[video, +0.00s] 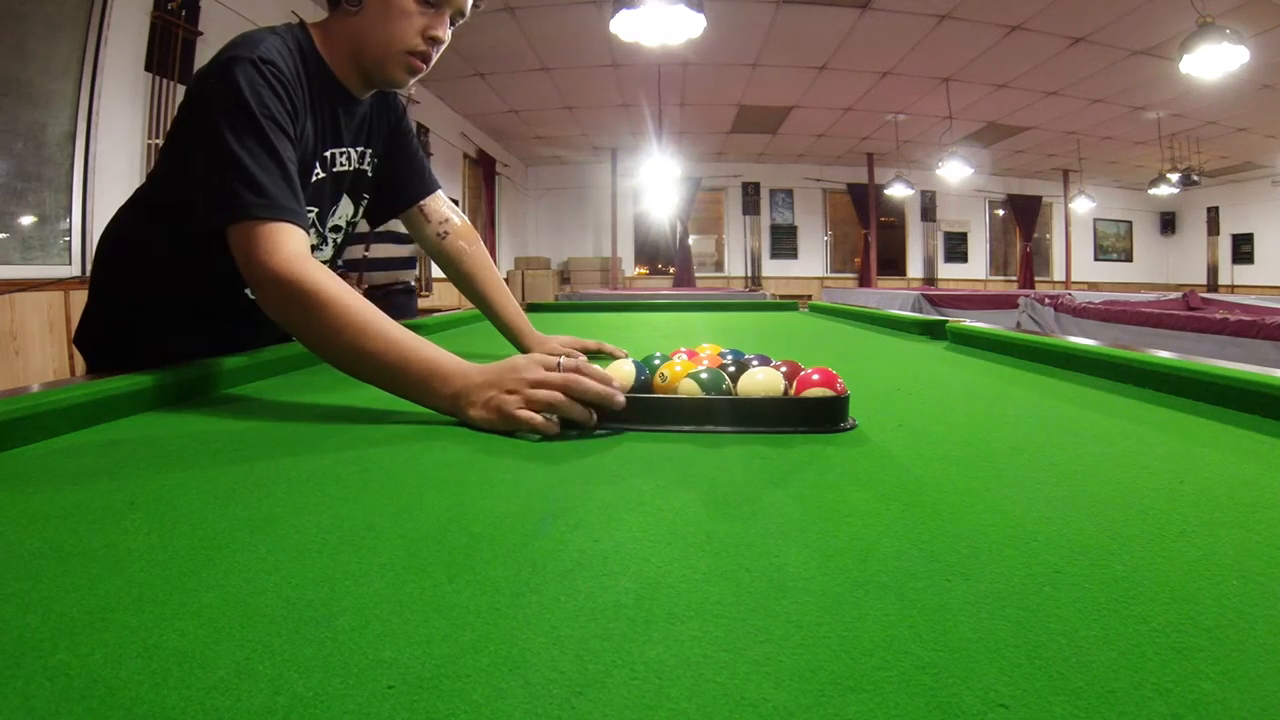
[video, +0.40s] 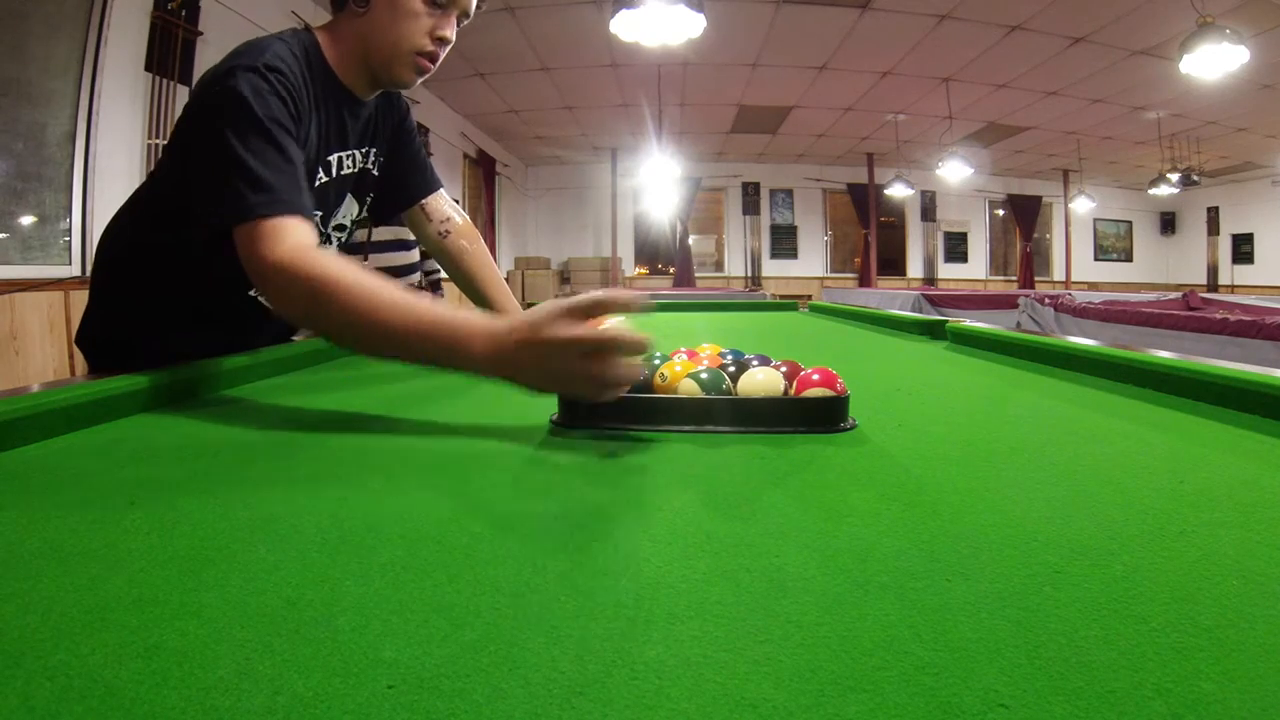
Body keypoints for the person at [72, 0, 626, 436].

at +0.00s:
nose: (441, 36)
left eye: (452, 21)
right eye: (428, 7)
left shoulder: (382, 107)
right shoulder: (255, 72)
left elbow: (442, 227)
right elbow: (279, 271)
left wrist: (529, 340)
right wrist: (464, 385)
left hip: (262, 335)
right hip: (152, 341)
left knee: (241, 525)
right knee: (138, 534)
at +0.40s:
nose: (450, 35)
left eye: (458, 21)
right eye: (438, 6)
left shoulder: (386, 110)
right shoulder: (259, 81)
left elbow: (447, 225)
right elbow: (283, 266)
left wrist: (517, 329)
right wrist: (496, 347)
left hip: (258, 333)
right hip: (150, 334)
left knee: (243, 513)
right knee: (141, 522)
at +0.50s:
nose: (452, 37)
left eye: (460, 22)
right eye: (437, 10)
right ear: (359, 3)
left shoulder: (387, 108)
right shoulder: (266, 78)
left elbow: (444, 224)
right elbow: (305, 247)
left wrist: (517, 320)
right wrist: (547, 319)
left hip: (254, 338)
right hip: (149, 337)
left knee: (241, 517)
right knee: (137, 528)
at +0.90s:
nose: (457, 48)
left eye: (467, 33)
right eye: (446, 17)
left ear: (449, 41)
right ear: (376, 1)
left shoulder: (387, 112)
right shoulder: (280, 76)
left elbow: (449, 227)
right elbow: (312, 232)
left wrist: (523, 330)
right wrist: (569, 301)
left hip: (255, 337)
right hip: (149, 338)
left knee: (238, 524)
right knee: (133, 534)